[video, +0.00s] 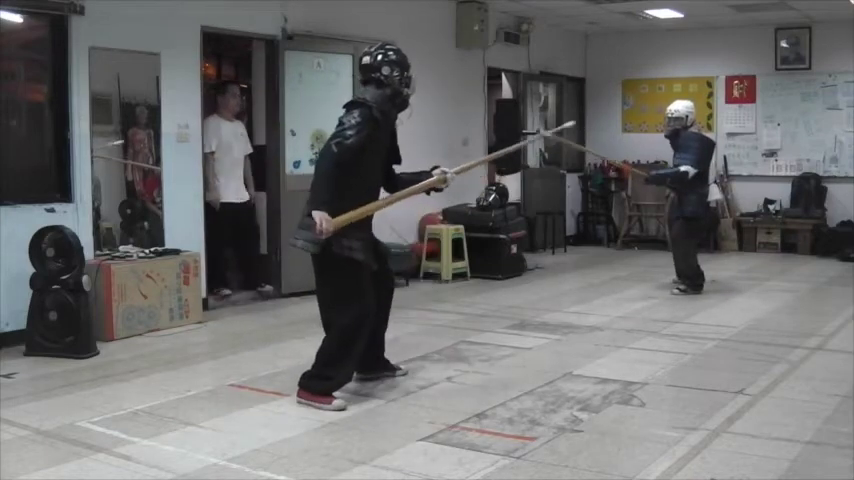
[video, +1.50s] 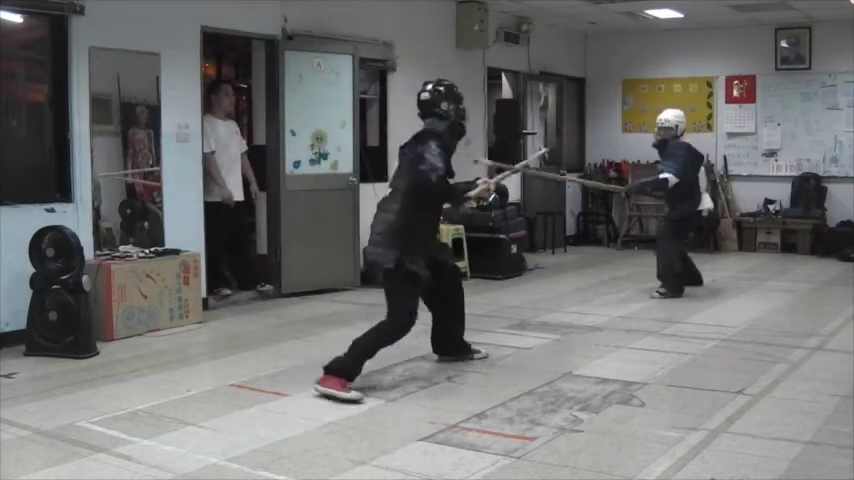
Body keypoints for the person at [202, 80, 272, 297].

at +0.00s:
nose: (239, 100)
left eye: (239, 96)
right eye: (234, 96)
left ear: (238, 101)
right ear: (221, 99)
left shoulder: (239, 126)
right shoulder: (211, 123)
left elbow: (246, 160)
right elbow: (207, 158)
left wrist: (251, 189)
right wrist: (211, 189)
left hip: (241, 195)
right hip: (219, 196)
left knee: (250, 240)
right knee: (218, 244)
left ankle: (255, 281)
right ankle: (219, 285)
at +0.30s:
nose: (235, 100)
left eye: (236, 96)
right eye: (231, 96)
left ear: (237, 100)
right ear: (218, 98)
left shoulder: (237, 125)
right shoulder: (209, 123)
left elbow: (247, 157)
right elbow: (206, 158)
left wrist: (257, 183)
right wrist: (213, 188)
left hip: (239, 196)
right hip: (218, 197)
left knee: (243, 242)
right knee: (218, 244)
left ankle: (250, 281)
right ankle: (217, 285)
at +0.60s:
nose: (232, 100)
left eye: (233, 96)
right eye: (227, 96)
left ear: (233, 99)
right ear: (215, 98)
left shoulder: (234, 125)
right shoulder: (206, 123)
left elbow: (245, 155)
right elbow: (207, 158)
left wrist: (256, 178)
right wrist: (222, 187)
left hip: (236, 197)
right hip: (214, 199)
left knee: (242, 241)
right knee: (217, 244)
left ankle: (250, 280)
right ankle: (217, 285)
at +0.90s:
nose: (232, 100)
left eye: (232, 96)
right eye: (227, 96)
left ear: (231, 99)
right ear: (215, 98)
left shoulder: (233, 125)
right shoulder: (206, 123)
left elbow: (243, 157)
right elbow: (206, 159)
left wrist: (252, 183)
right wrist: (213, 188)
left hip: (237, 195)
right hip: (216, 196)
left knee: (241, 241)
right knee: (217, 244)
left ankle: (251, 280)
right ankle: (217, 285)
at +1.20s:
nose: (232, 100)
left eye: (232, 96)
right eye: (227, 95)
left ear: (232, 99)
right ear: (214, 98)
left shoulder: (232, 125)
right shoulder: (206, 123)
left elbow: (242, 157)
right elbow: (205, 159)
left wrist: (252, 183)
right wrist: (214, 188)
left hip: (237, 196)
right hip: (215, 197)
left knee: (241, 242)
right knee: (217, 244)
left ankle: (250, 281)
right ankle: (217, 285)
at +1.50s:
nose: (232, 99)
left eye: (232, 95)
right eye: (227, 95)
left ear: (231, 99)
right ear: (214, 98)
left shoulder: (232, 125)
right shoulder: (206, 123)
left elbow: (243, 156)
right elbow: (207, 158)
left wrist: (252, 183)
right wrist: (222, 187)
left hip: (237, 196)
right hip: (214, 198)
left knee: (241, 241)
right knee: (217, 244)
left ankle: (249, 280)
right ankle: (217, 285)